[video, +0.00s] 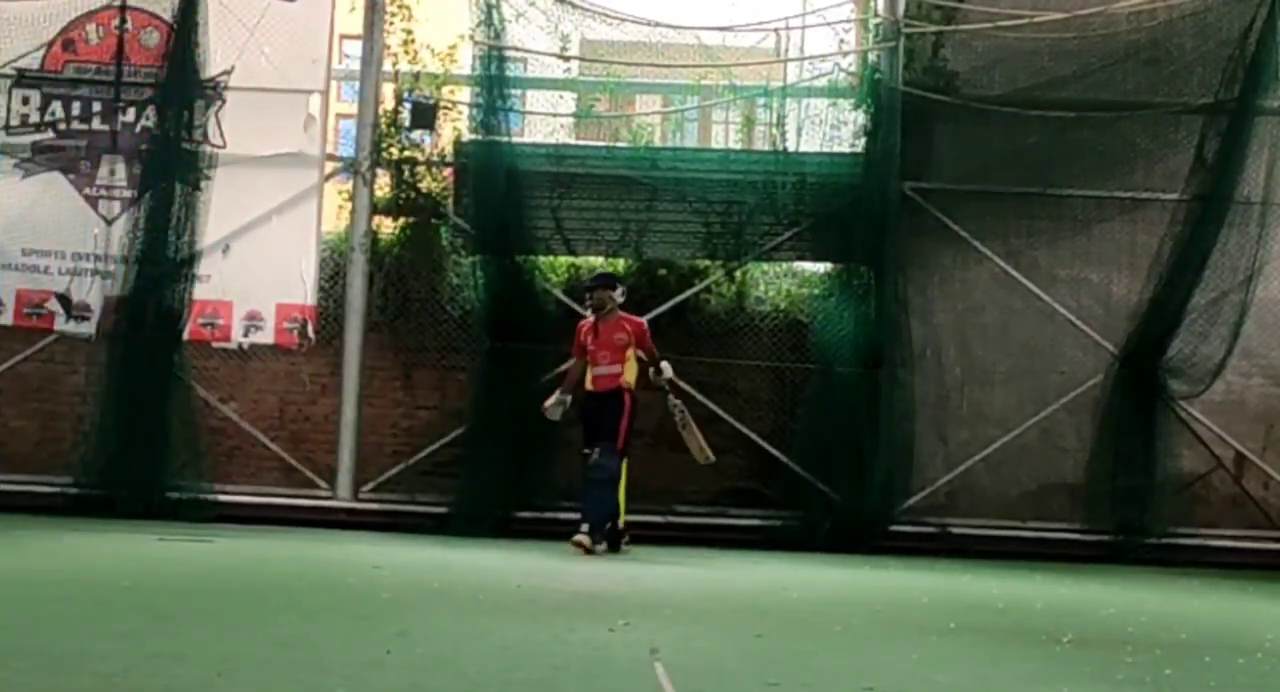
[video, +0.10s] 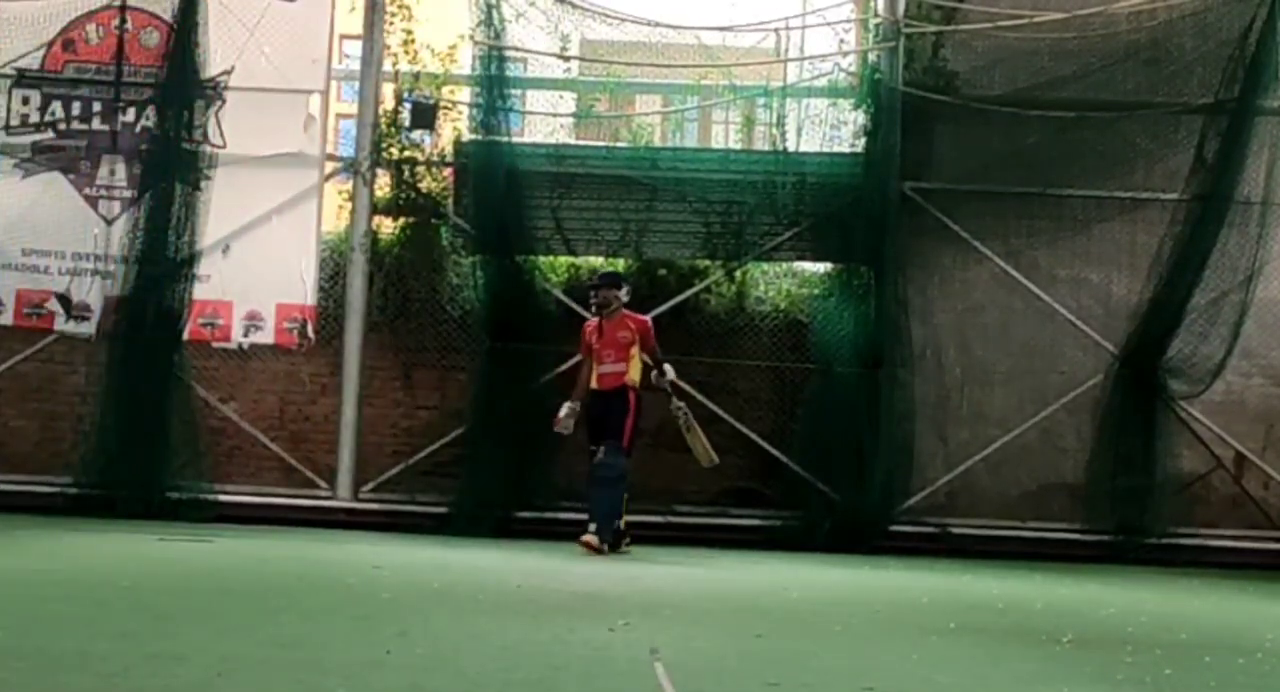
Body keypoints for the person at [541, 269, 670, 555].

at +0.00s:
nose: (594, 298)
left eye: (600, 292)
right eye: (592, 293)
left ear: (615, 295)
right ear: (590, 296)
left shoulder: (635, 326)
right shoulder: (586, 327)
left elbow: (651, 359)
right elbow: (578, 363)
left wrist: (660, 371)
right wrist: (562, 394)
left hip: (619, 392)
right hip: (593, 394)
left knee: (607, 459)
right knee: (595, 458)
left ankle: (591, 529)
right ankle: (612, 530)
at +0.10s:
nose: (601, 295)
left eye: (607, 290)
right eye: (599, 290)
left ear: (621, 294)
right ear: (596, 294)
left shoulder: (640, 324)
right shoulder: (591, 327)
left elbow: (654, 359)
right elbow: (586, 366)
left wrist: (662, 374)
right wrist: (573, 403)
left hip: (625, 392)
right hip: (597, 393)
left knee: (612, 458)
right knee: (601, 458)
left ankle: (601, 530)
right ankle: (614, 528)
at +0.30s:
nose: (632, 332)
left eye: (639, 327)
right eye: (628, 326)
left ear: (650, 330)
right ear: (623, 330)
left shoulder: (654, 355)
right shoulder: (636, 361)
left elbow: (660, 393)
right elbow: (651, 396)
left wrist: (651, 422)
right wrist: (648, 423)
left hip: (692, 409)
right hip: (673, 411)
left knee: (667, 470)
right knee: (656, 466)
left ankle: (669, 538)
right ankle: (662, 534)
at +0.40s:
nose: (633, 329)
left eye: (639, 324)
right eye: (629, 323)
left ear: (650, 327)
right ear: (624, 327)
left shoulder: (654, 354)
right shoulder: (637, 353)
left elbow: (662, 392)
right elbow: (653, 390)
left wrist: (651, 419)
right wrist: (644, 410)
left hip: (689, 409)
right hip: (670, 409)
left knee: (665, 470)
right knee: (651, 465)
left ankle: (669, 537)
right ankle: (651, 532)